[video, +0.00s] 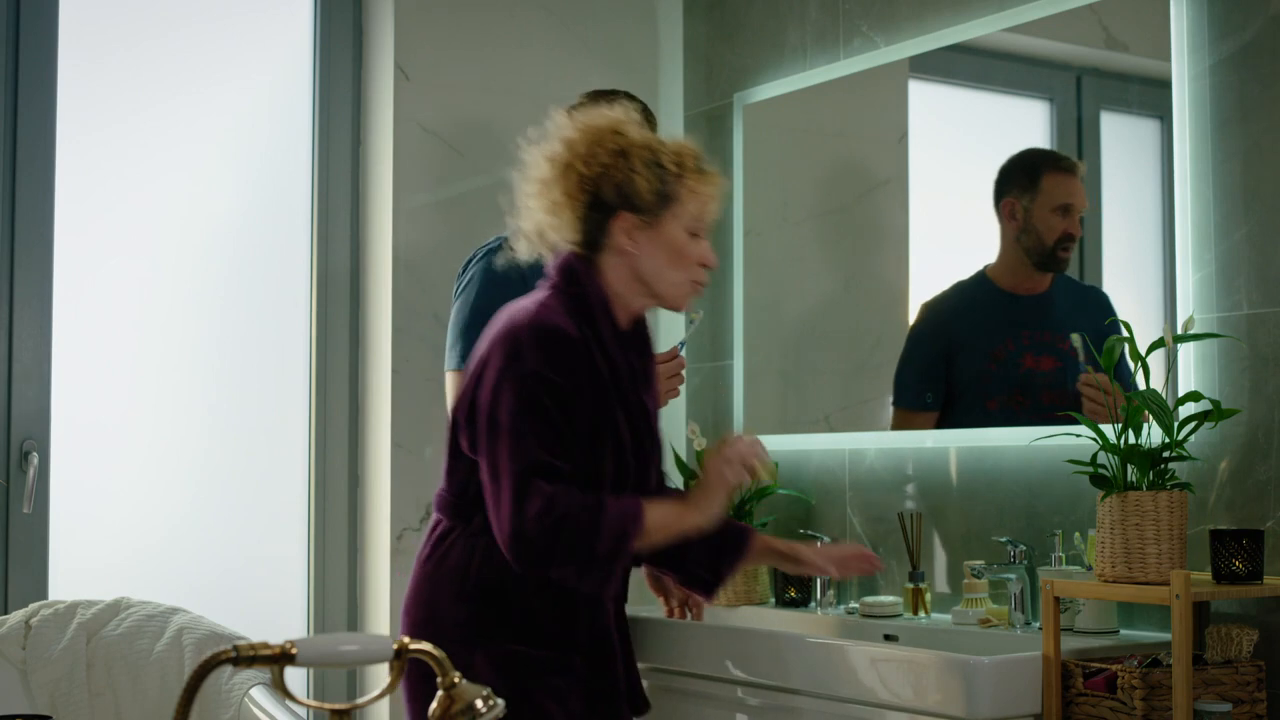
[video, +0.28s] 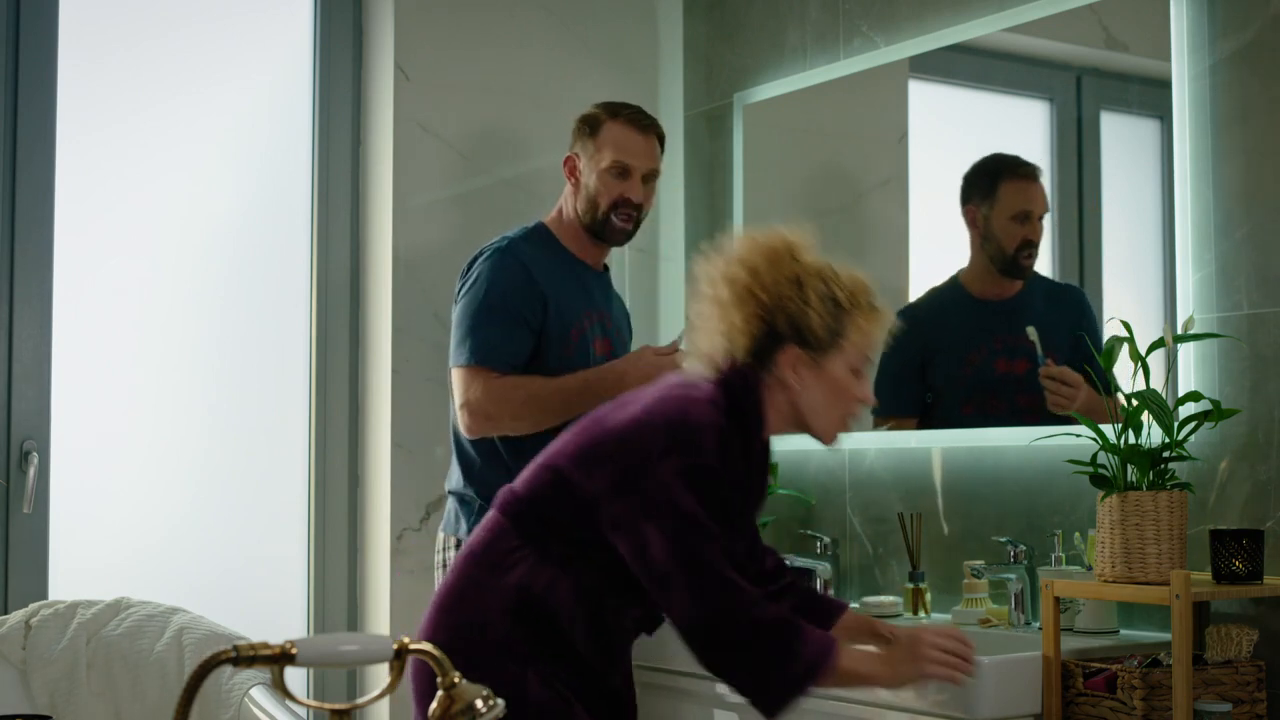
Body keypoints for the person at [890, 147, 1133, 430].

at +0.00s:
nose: (1075, 231)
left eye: (1079, 217)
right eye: (1062, 213)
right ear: (1012, 213)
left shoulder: (1091, 308)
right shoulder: (944, 318)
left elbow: (1138, 422)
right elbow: (906, 452)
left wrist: (1123, 415)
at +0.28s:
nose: (1036, 235)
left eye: (1040, 220)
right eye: (1021, 219)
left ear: (1046, 219)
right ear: (974, 219)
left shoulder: (1068, 307)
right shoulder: (918, 324)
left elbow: (1114, 415)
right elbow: (892, 442)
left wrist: (1085, 402)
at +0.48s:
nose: (1024, 238)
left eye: (1030, 222)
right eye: (1009, 222)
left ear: (1036, 221)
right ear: (963, 222)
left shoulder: (1058, 305)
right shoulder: (911, 323)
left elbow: (1103, 422)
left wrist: (1080, 374)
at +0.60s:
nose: (1028, 239)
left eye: (1034, 223)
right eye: (1013, 223)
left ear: (1040, 222)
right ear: (967, 220)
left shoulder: (1060, 308)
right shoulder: (911, 324)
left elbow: (1102, 424)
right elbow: (890, 439)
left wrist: (1081, 353)